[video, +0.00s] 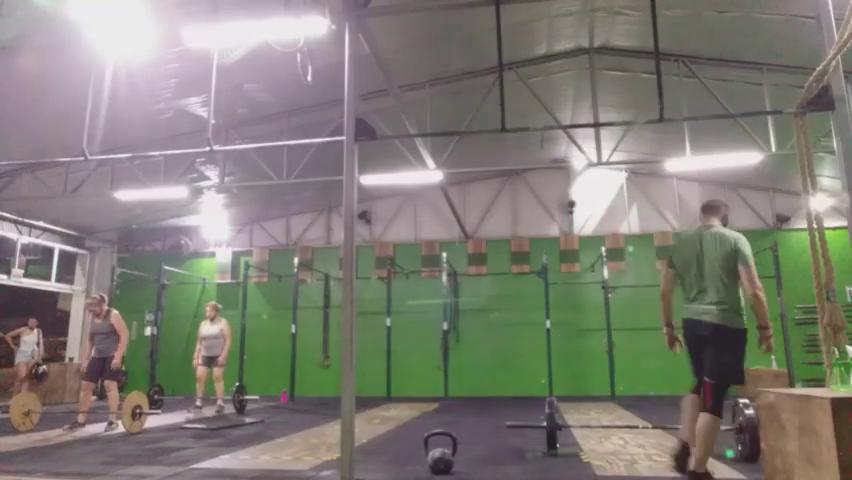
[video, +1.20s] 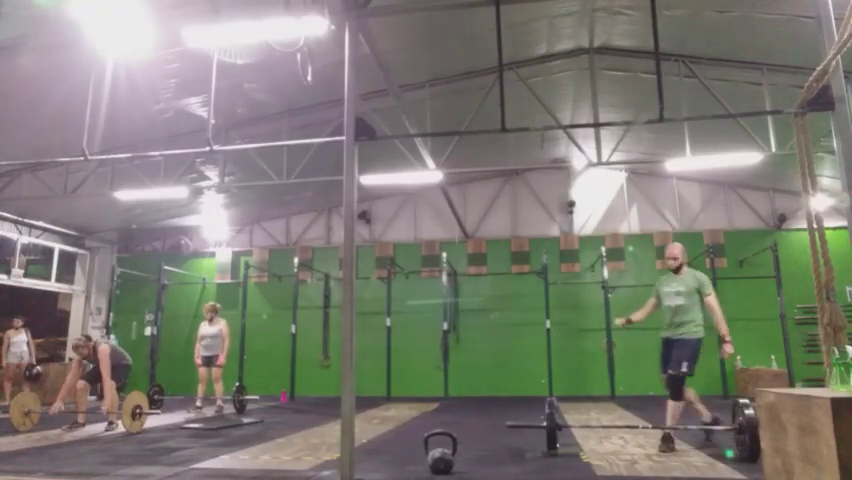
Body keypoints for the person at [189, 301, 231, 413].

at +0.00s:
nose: (208, 313)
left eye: (210, 311)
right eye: (206, 311)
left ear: (216, 312)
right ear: (205, 312)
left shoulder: (223, 323)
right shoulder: (203, 324)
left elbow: (227, 340)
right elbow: (199, 342)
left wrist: (223, 356)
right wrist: (196, 357)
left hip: (217, 354)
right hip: (204, 354)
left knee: (217, 377)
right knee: (200, 376)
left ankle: (220, 401)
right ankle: (199, 400)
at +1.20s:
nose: (206, 315)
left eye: (208, 313)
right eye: (205, 313)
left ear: (214, 313)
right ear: (204, 313)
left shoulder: (222, 323)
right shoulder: (203, 324)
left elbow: (226, 339)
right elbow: (198, 341)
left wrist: (223, 356)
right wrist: (196, 356)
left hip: (216, 354)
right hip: (203, 354)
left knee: (216, 378)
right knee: (202, 379)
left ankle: (219, 402)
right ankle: (199, 401)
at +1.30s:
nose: (202, 329)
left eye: (203, 326)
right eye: (200, 327)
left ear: (207, 324)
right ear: (198, 326)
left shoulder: (217, 330)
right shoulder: (197, 332)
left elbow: (223, 346)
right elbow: (193, 350)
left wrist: (223, 362)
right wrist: (191, 367)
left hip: (217, 356)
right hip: (204, 356)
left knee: (217, 377)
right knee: (200, 375)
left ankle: (220, 401)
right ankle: (199, 400)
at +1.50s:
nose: (196, 352)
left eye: (197, 349)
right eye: (194, 350)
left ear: (203, 348)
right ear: (192, 350)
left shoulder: (211, 352)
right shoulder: (192, 354)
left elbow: (216, 370)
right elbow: (187, 371)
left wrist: (216, 391)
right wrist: (180, 390)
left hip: (220, 364)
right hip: (204, 366)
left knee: (217, 378)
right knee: (193, 377)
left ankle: (219, 403)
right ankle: (197, 404)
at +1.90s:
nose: (192, 344)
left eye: (194, 342)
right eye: (191, 342)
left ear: (200, 342)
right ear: (190, 342)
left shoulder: (210, 349)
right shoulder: (191, 351)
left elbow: (218, 366)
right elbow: (187, 366)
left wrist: (218, 383)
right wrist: (184, 383)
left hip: (217, 362)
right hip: (201, 364)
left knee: (217, 383)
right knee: (194, 379)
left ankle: (219, 404)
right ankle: (197, 404)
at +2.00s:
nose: (195, 328)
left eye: (198, 325)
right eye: (194, 325)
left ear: (204, 326)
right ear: (193, 326)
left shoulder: (212, 336)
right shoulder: (194, 337)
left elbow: (223, 352)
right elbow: (189, 353)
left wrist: (220, 367)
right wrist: (185, 368)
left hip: (217, 356)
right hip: (203, 356)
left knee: (218, 376)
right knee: (198, 375)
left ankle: (219, 403)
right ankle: (198, 403)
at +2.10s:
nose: (203, 312)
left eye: (206, 310)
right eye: (202, 310)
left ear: (212, 311)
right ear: (201, 312)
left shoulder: (218, 324)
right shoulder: (200, 325)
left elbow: (225, 338)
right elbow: (192, 340)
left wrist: (223, 354)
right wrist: (189, 354)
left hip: (215, 355)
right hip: (201, 355)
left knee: (215, 379)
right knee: (200, 379)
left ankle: (219, 402)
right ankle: (198, 403)